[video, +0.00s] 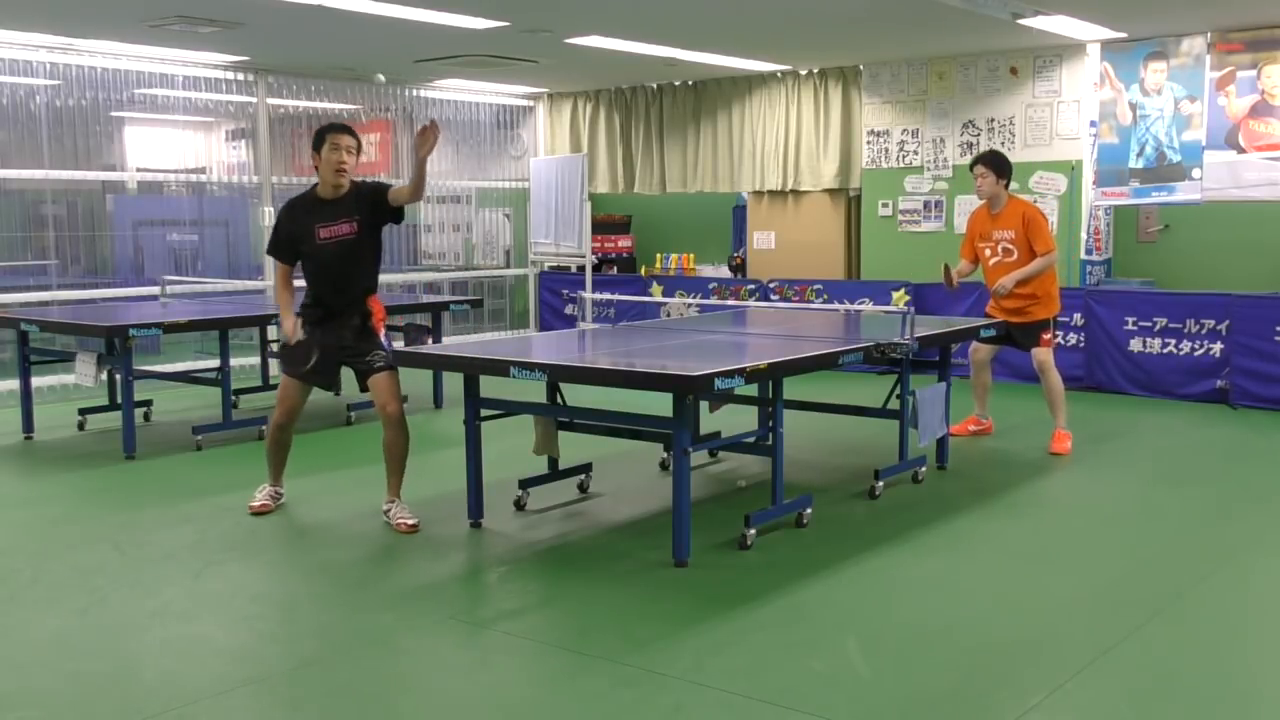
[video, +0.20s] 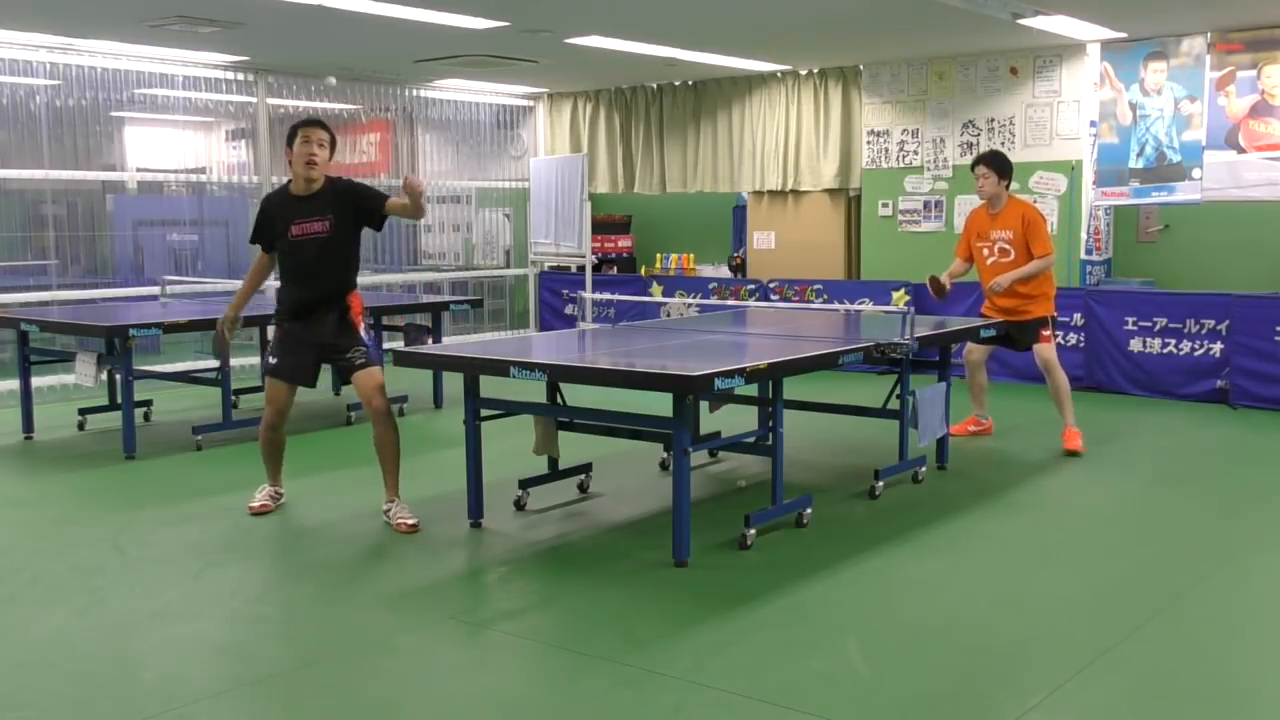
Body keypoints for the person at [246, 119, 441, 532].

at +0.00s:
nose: (344, 159)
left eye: (351, 152)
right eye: (335, 150)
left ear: (357, 160)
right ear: (316, 157)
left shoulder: (370, 196)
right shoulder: (295, 212)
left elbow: (412, 193)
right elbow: (283, 275)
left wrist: (420, 160)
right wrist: (288, 320)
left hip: (363, 320)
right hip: (314, 322)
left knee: (393, 410)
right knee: (282, 418)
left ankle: (394, 501)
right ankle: (274, 487)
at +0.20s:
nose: (314, 150)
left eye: (322, 145)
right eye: (306, 143)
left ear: (331, 157)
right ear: (288, 153)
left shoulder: (347, 193)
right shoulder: (274, 206)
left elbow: (410, 211)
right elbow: (265, 260)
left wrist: (413, 200)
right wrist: (234, 311)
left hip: (341, 318)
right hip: (293, 322)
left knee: (380, 403)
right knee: (273, 416)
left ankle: (393, 500)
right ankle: (273, 486)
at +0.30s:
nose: (307, 161)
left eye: (316, 155)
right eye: (300, 152)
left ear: (325, 165)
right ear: (284, 159)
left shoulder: (341, 201)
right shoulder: (266, 203)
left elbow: (394, 224)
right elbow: (252, 242)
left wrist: (407, 231)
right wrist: (210, 269)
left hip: (333, 320)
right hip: (284, 323)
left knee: (375, 401)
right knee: (268, 417)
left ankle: (391, 499)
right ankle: (273, 487)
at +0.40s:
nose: (314, 192)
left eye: (323, 184)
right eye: (307, 182)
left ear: (333, 185)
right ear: (292, 179)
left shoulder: (343, 218)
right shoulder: (268, 210)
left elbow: (387, 247)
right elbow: (230, 236)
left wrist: (392, 281)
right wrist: (170, 240)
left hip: (328, 326)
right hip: (279, 330)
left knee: (377, 398)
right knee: (265, 430)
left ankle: (366, 491)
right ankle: (274, 488)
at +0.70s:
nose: (392, 221)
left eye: (393, 212)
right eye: (389, 211)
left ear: (362, 209)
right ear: (366, 210)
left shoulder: (349, 244)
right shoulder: (303, 235)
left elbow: (310, 279)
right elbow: (230, 261)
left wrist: (339, 297)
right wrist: (288, 295)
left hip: (312, 335)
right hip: (270, 340)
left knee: (372, 418)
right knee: (303, 443)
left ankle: (331, 502)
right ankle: (262, 468)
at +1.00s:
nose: (350, 184)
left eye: (349, 175)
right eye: (347, 175)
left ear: (302, 176)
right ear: (331, 177)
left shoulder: (269, 212)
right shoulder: (310, 220)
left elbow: (227, 271)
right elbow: (335, 298)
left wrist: (280, 293)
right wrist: (389, 312)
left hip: (245, 342)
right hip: (269, 348)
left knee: (306, 429)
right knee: (337, 453)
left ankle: (326, 503)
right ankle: (304, 570)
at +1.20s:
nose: (312, 192)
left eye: (310, 182)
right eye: (309, 182)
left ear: (264, 181)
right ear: (293, 183)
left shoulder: (229, 217)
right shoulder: (281, 225)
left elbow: (234, 293)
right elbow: (332, 298)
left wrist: (296, 321)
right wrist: (372, 340)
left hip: (186, 347)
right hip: (216, 354)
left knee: (234, 437)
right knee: (303, 457)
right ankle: (278, 585)